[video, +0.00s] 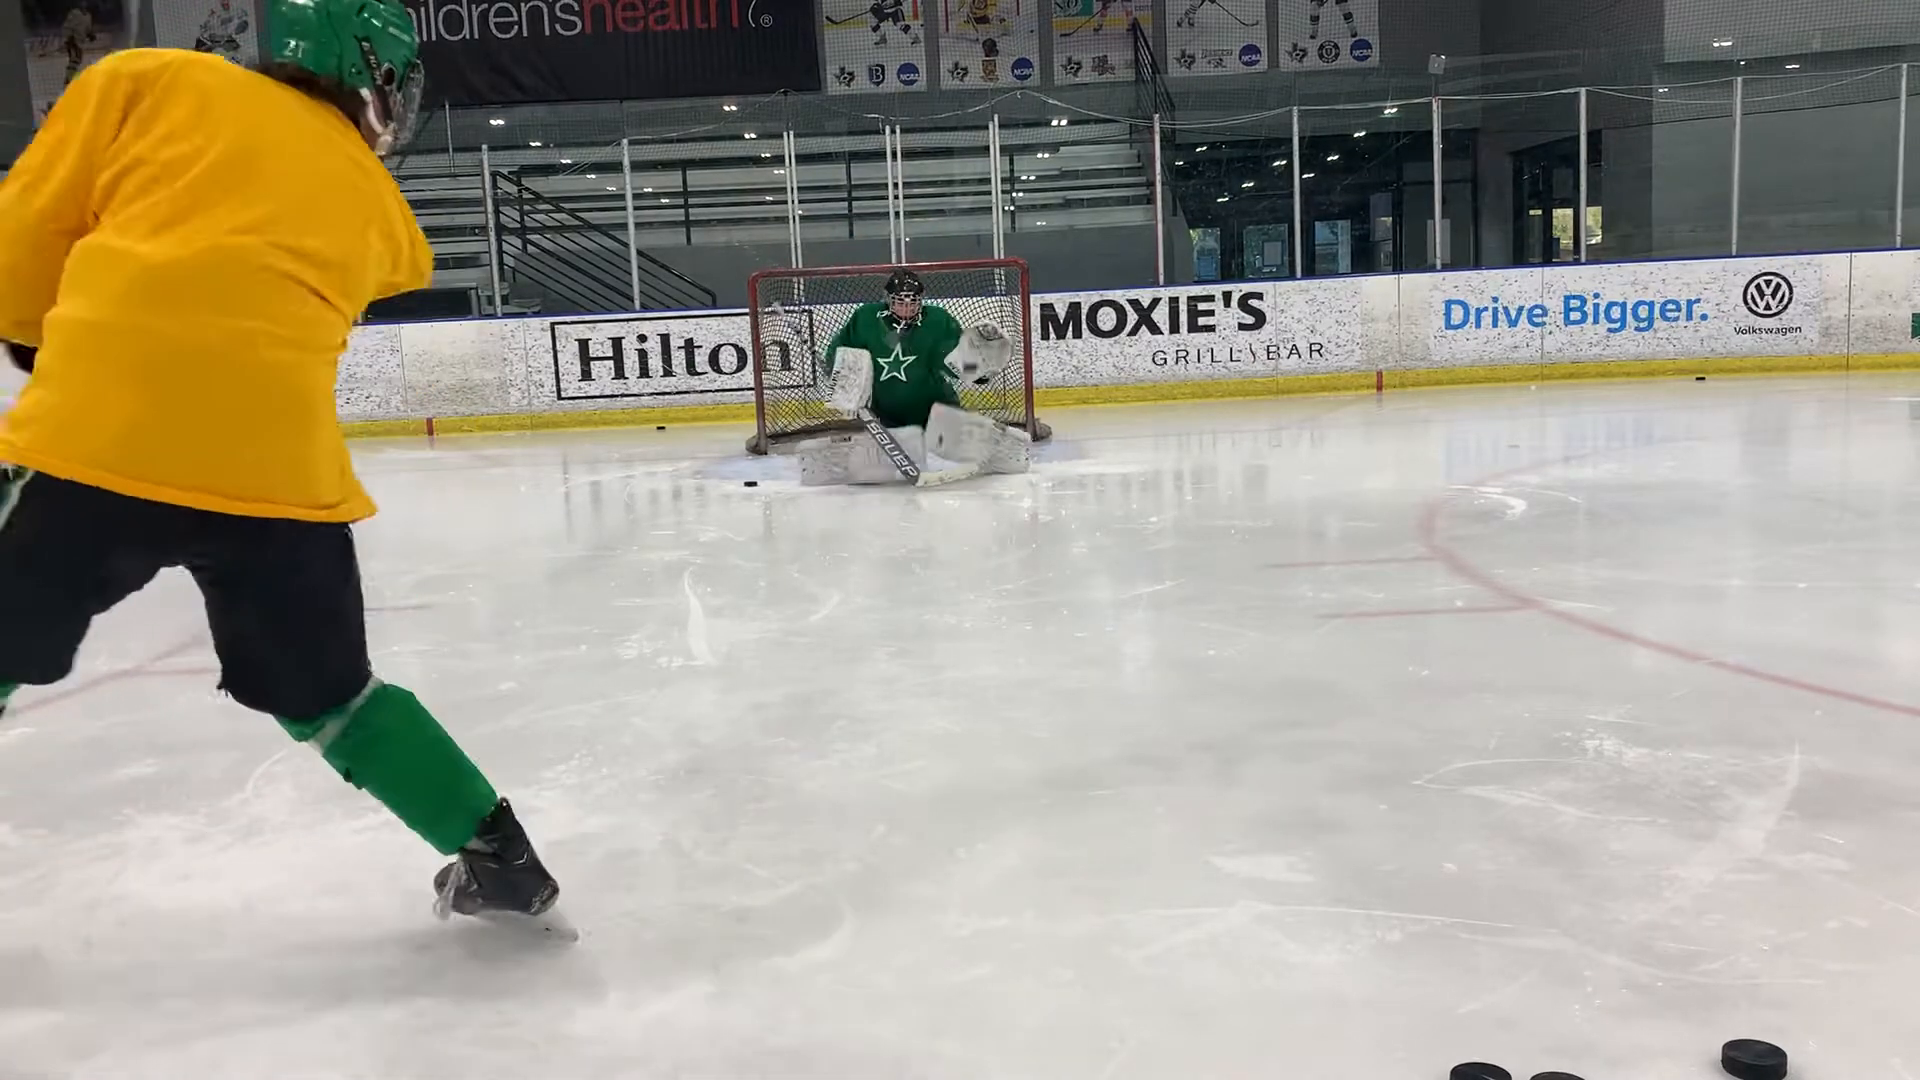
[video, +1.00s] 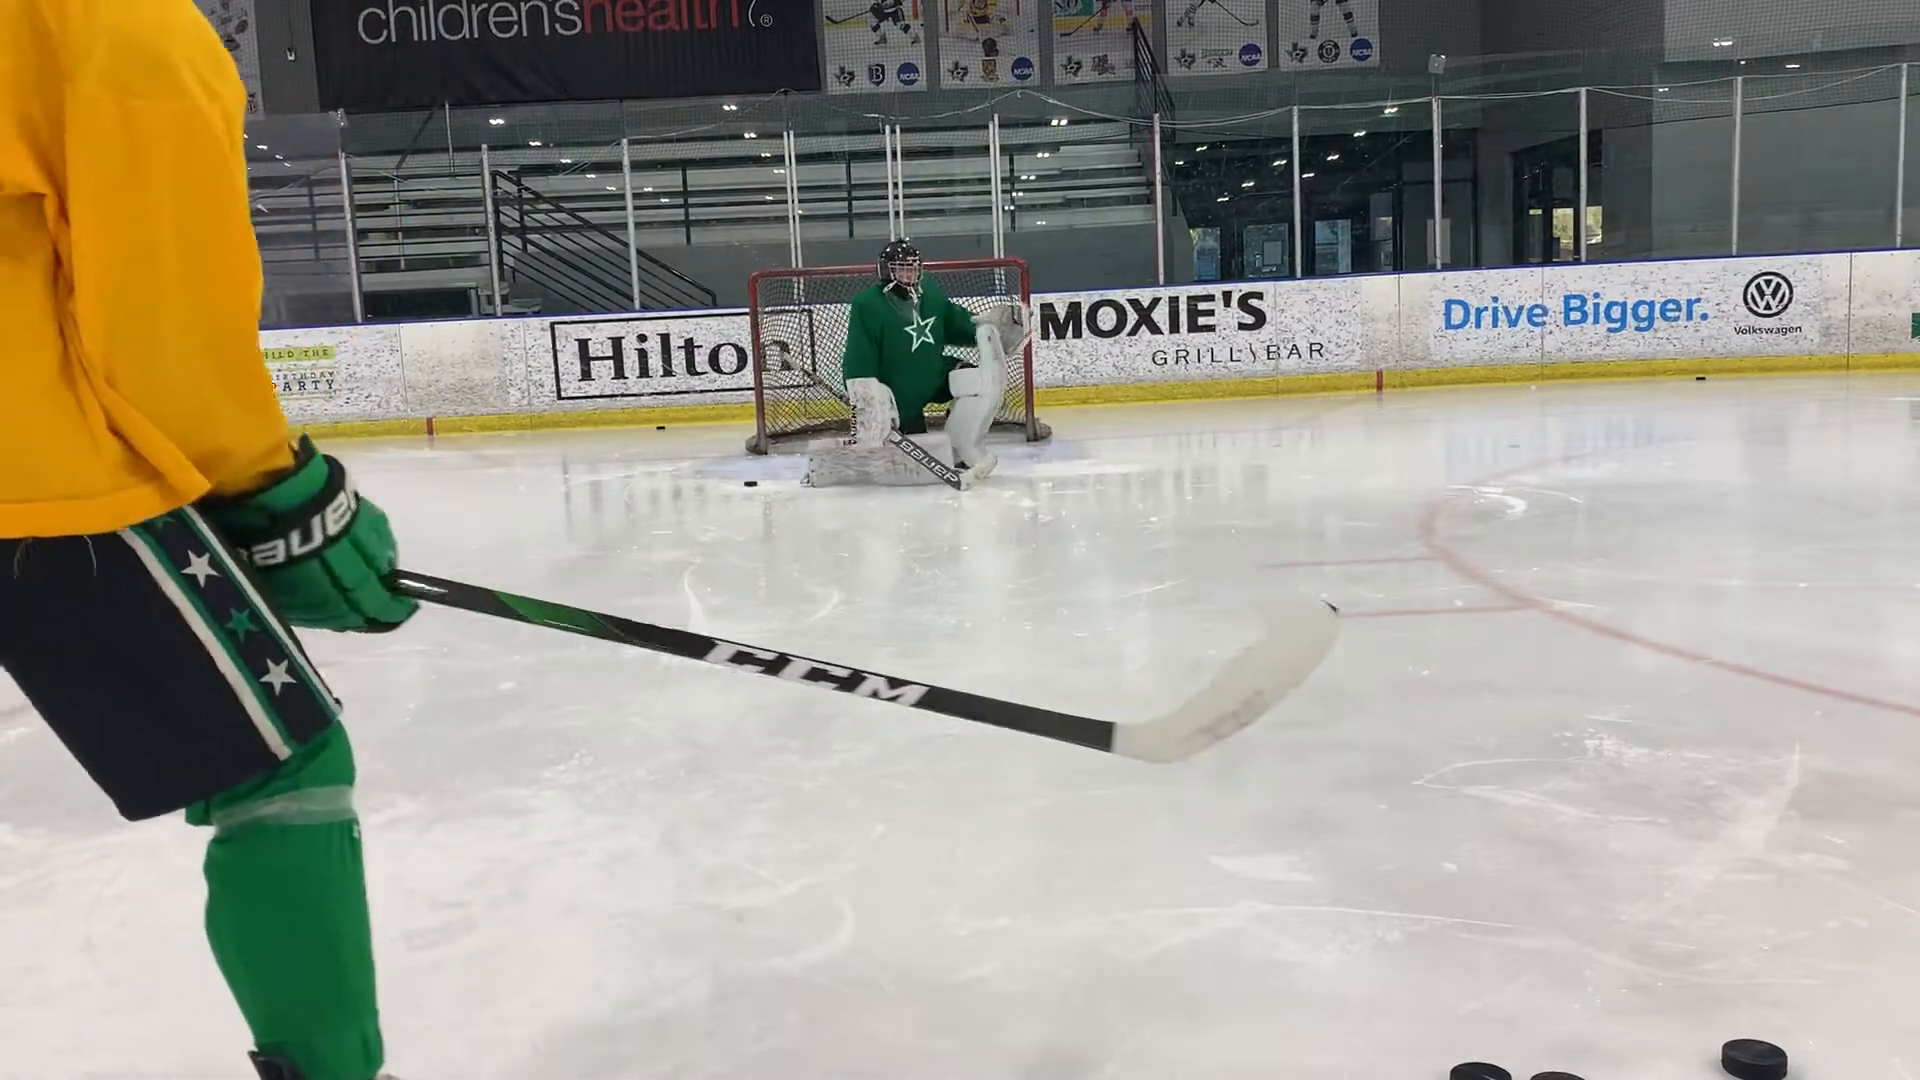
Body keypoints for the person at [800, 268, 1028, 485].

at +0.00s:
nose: (906, 308)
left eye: (912, 302)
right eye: (900, 302)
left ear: (920, 300)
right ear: (889, 300)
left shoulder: (938, 321)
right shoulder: (865, 319)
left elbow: (963, 365)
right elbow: (834, 355)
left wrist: (982, 358)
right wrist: (847, 379)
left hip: (935, 418)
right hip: (883, 419)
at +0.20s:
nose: (930, 321)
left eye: (934, 314)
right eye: (922, 316)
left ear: (939, 310)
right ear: (905, 313)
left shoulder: (951, 340)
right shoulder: (881, 327)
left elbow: (958, 391)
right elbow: (849, 366)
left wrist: (969, 423)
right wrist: (862, 403)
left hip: (935, 430)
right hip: (885, 427)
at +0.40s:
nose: (932, 322)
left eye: (937, 315)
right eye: (925, 316)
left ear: (943, 312)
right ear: (910, 313)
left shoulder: (955, 341)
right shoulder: (884, 332)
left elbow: (961, 392)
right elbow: (853, 365)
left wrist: (975, 422)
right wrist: (863, 402)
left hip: (942, 429)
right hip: (893, 427)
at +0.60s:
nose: (914, 299)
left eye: (918, 293)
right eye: (907, 293)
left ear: (925, 292)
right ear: (893, 294)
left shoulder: (941, 319)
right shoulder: (869, 322)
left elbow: (964, 365)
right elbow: (840, 372)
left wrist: (983, 389)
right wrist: (858, 394)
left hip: (945, 424)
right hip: (889, 427)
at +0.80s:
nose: (907, 281)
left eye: (911, 275)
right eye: (900, 276)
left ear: (917, 275)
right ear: (885, 276)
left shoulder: (930, 296)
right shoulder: (864, 307)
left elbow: (959, 334)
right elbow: (849, 362)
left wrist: (988, 352)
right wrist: (863, 403)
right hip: (892, 398)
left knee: (981, 384)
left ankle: (984, 452)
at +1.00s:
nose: (910, 274)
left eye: (914, 268)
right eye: (903, 268)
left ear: (920, 268)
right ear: (887, 270)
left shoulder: (929, 291)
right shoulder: (868, 304)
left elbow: (954, 322)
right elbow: (857, 362)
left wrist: (988, 329)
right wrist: (871, 406)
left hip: (931, 376)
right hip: (896, 392)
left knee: (979, 379)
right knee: (915, 462)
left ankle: (964, 449)